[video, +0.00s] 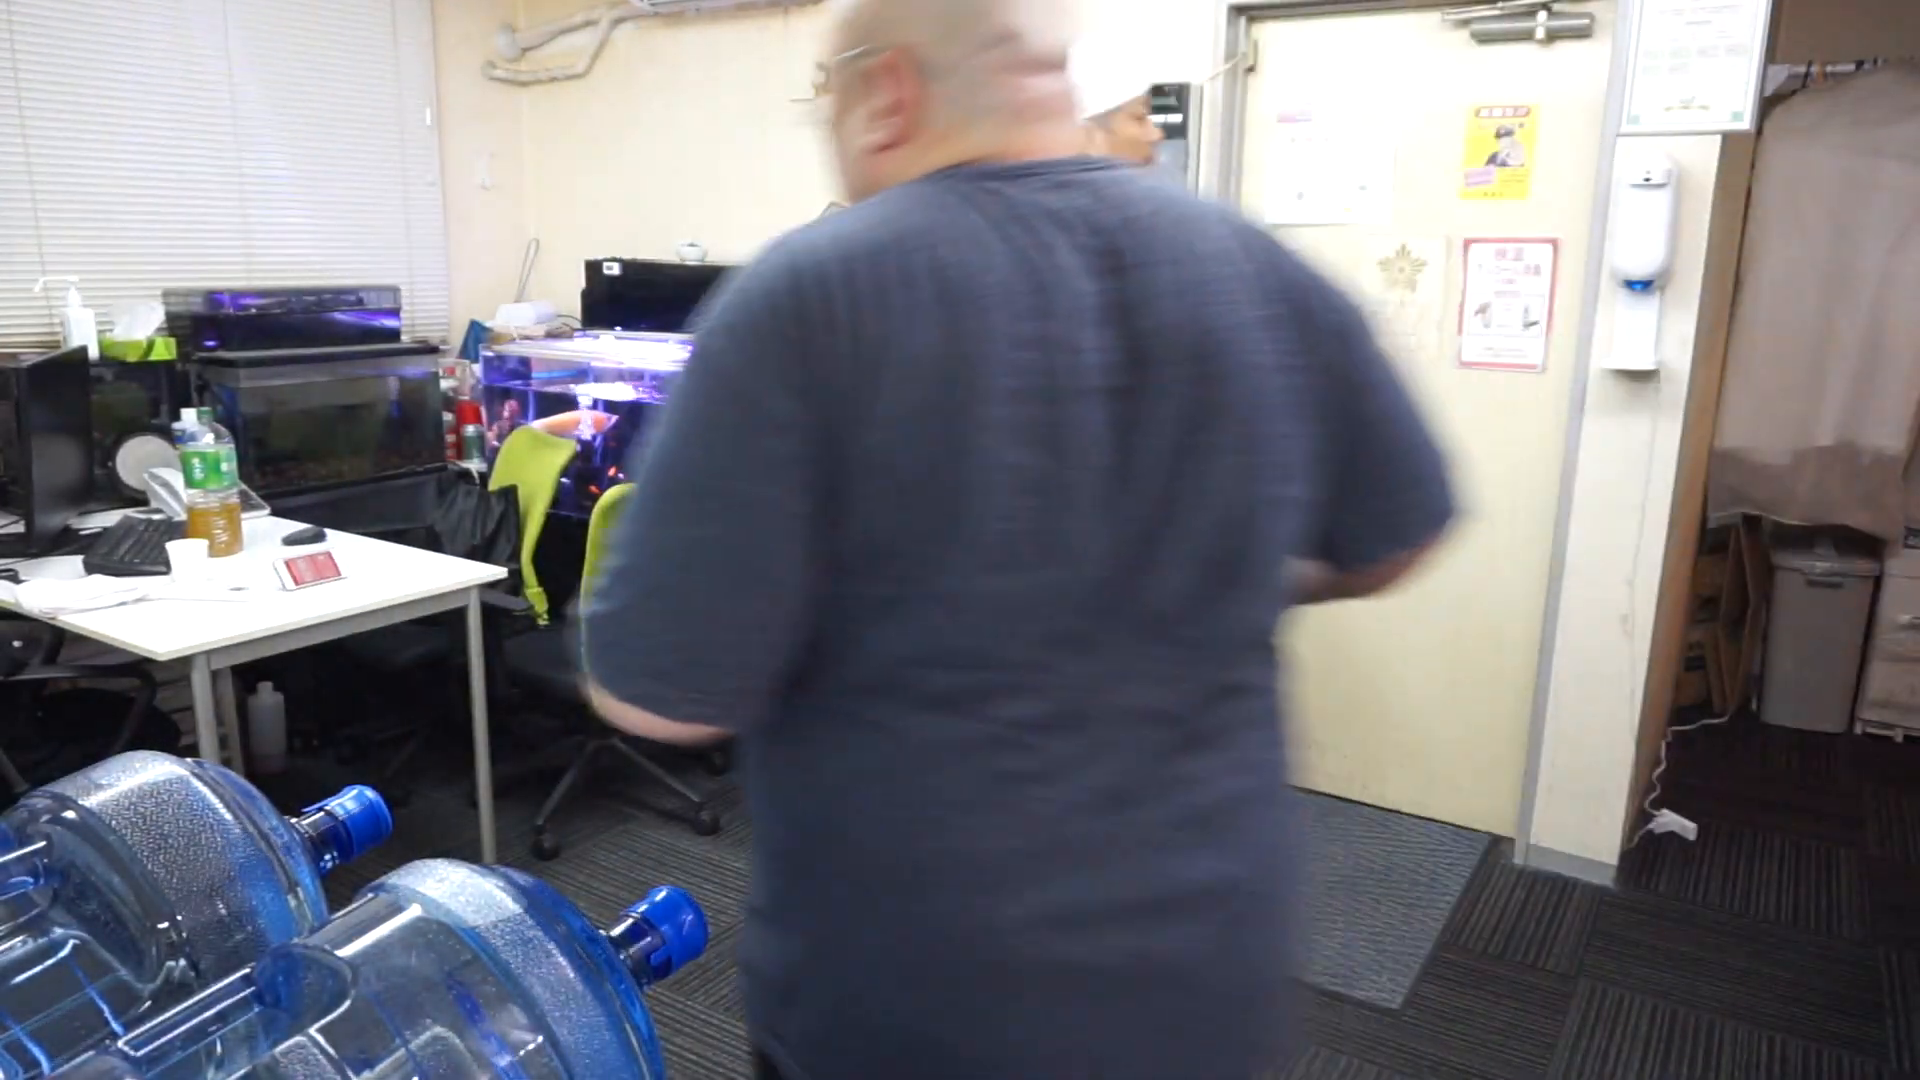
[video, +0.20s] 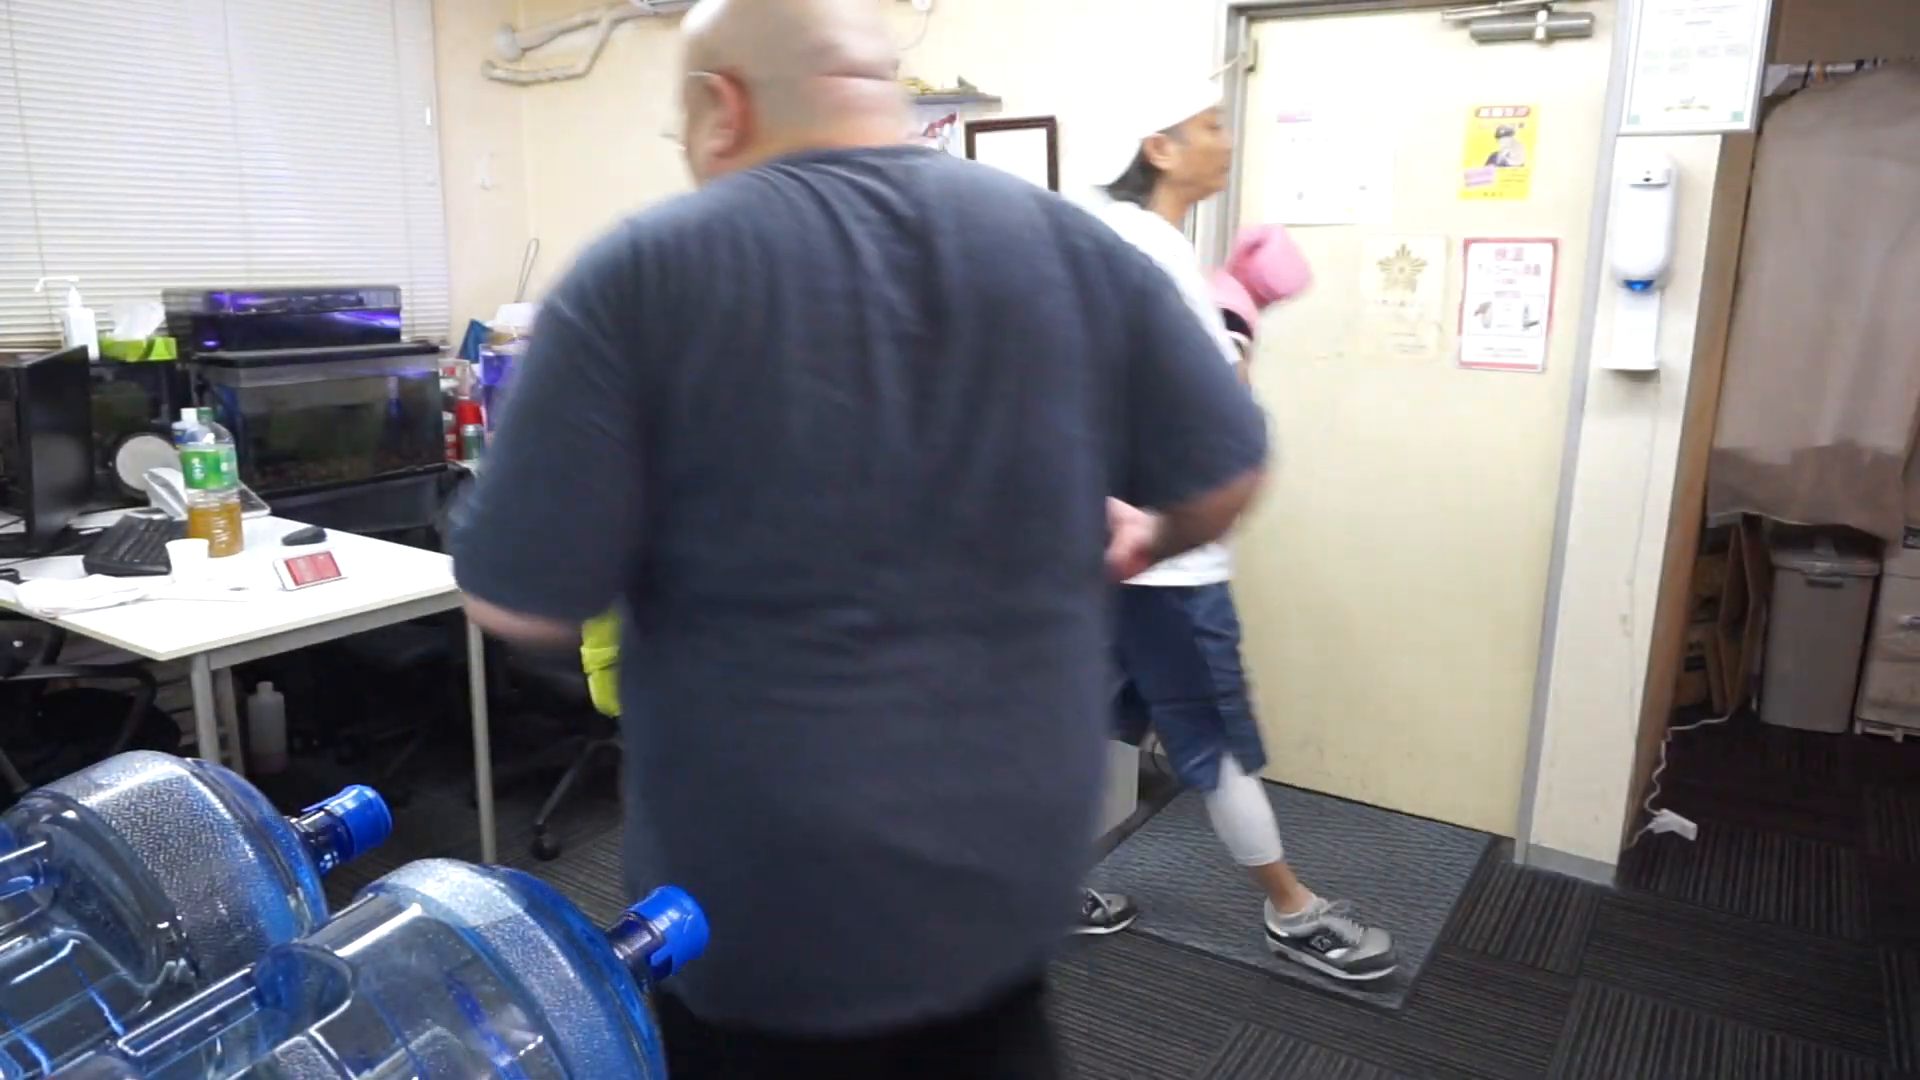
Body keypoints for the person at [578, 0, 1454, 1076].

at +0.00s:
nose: (829, 150)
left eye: (827, 112)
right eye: (821, 118)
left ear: (887, 100)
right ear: (1055, 91)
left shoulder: (811, 295)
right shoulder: (1241, 261)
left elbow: (660, 689)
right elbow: (1397, 534)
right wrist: (1193, 567)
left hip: (902, 987)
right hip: (1210, 965)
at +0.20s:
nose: (683, 154)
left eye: (683, 126)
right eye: (676, 130)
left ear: (727, 112)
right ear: (889, 94)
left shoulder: (647, 272)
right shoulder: (1070, 243)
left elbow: (517, 596)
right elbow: (1229, 470)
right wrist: (1144, 538)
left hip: (760, 874)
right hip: (1012, 849)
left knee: (753, 1065)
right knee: (997, 1047)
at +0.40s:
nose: (614, 139)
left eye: (614, 116)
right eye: (612, 118)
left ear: (647, 111)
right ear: (799, 98)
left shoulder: (568, 248)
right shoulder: (953, 238)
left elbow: (435, 533)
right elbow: (1105, 454)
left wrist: (538, 526)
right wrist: (1054, 530)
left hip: (681, 816)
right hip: (905, 800)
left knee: (704, 1063)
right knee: (831, 1057)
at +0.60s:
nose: (564, 182)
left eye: (566, 160)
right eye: (566, 161)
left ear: (592, 154)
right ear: (721, 140)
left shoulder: (539, 267)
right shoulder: (858, 263)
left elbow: (402, 516)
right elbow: (986, 461)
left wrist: (499, 544)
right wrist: (954, 563)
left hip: (619, 762)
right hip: (824, 751)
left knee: (599, 1035)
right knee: (742, 1035)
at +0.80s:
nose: (503, 210)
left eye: (503, 195)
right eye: (506, 197)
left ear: (528, 177)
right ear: (648, 162)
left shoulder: (491, 260)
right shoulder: (783, 260)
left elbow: (369, 476)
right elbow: (898, 438)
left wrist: (352, 562)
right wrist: (884, 559)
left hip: (549, 725)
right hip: (758, 722)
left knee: (506, 986)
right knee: (712, 1008)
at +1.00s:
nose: (428, 239)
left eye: (426, 231)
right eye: (431, 233)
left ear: (448, 220)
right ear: (560, 197)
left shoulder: (417, 286)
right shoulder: (690, 270)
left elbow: (294, 462)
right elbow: (825, 413)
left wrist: (278, 556)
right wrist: (835, 518)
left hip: (503, 696)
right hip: (693, 688)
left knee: (483, 943)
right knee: (694, 951)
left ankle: (485, 1071)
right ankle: (691, 1075)